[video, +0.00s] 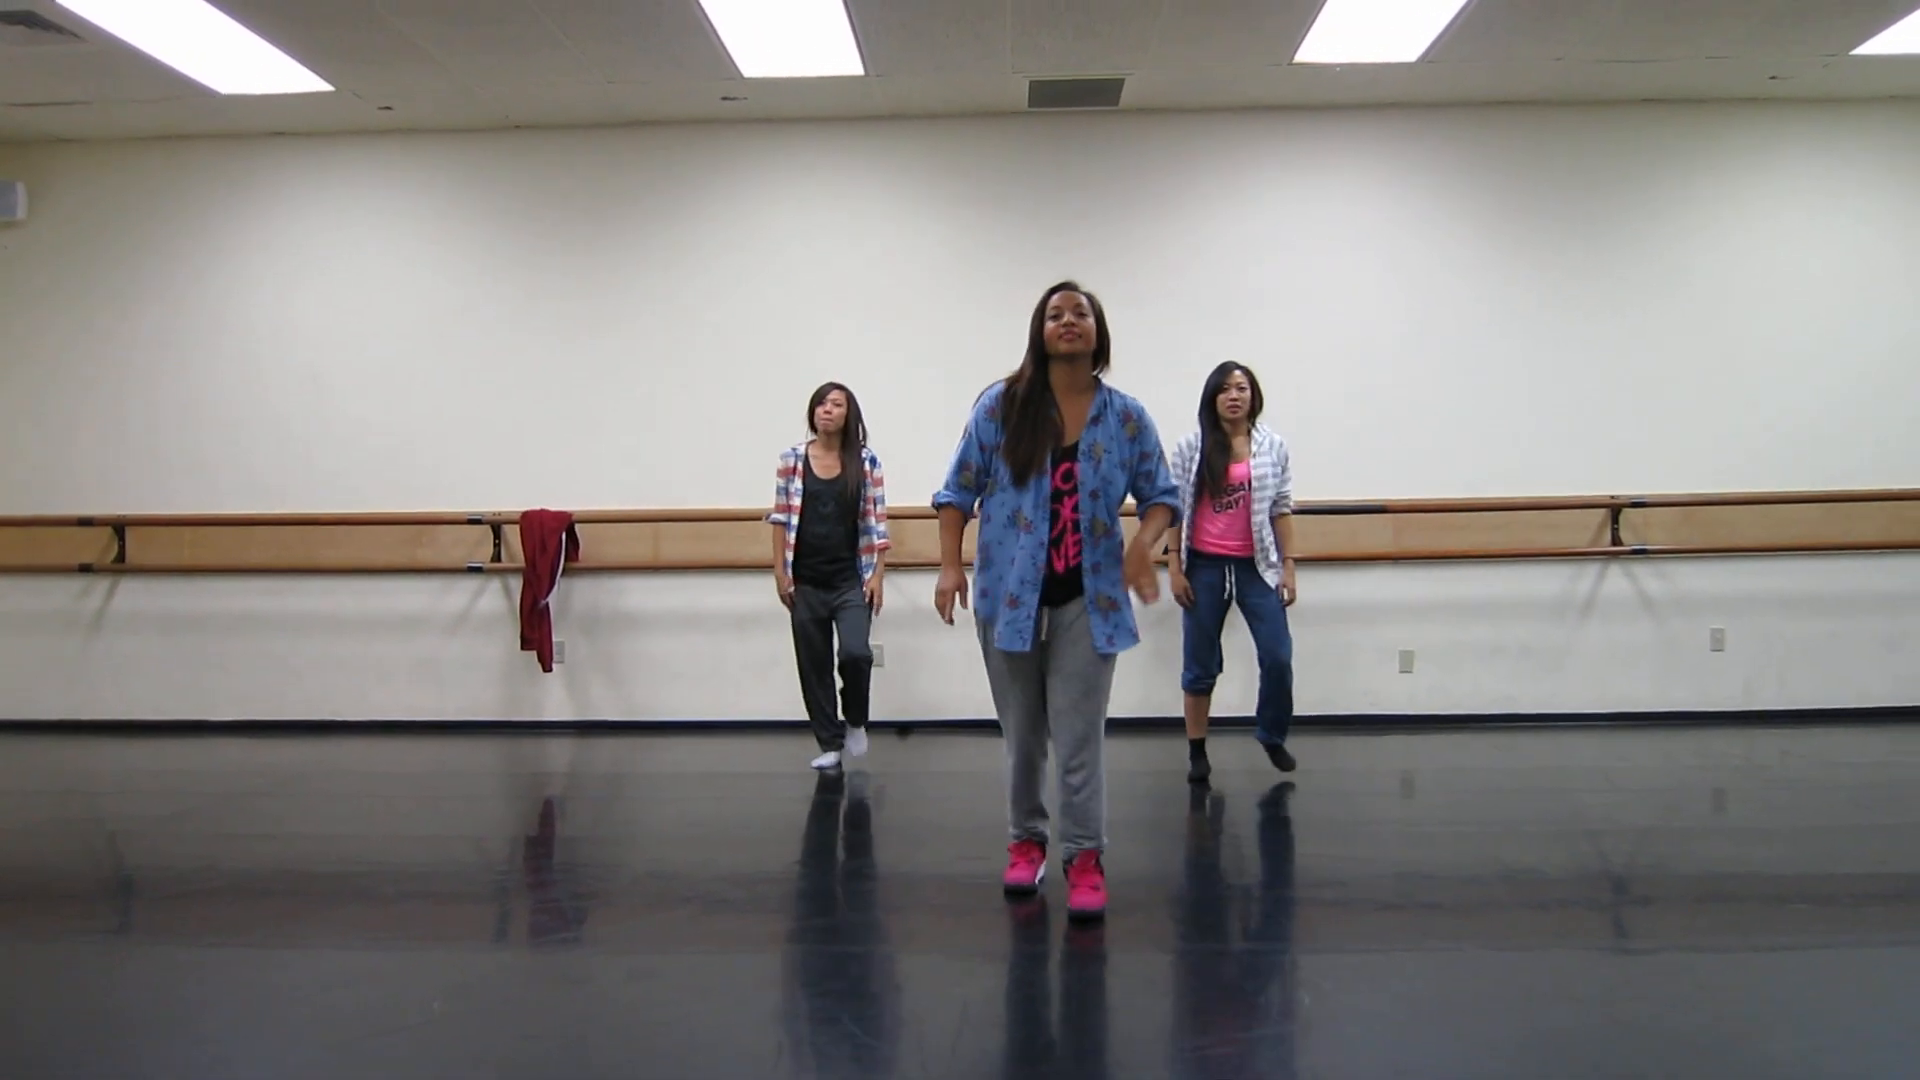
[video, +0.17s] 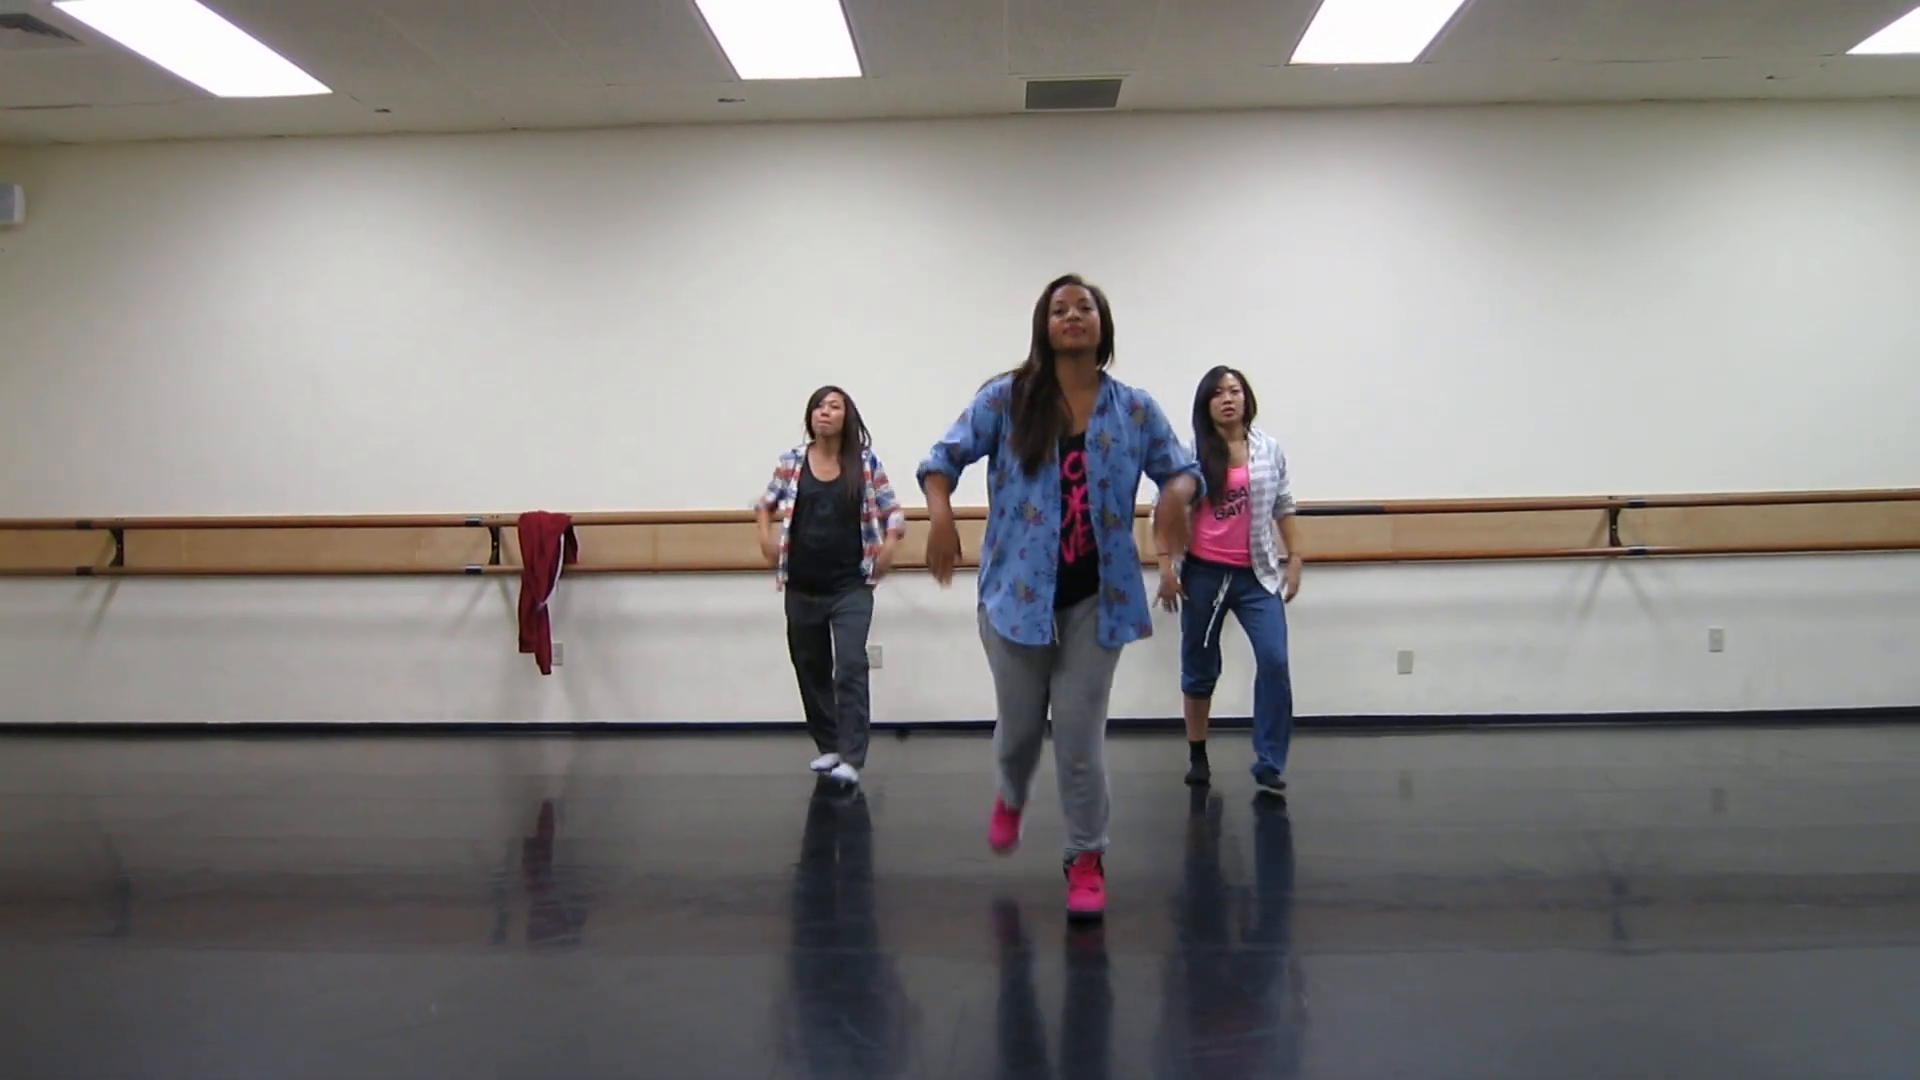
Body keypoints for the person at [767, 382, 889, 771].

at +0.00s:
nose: (828, 409)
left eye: (837, 405)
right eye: (822, 403)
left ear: (849, 415)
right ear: (812, 412)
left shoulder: (867, 461)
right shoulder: (793, 459)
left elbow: (878, 521)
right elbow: (780, 519)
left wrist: (877, 574)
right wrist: (780, 571)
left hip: (852, 582)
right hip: (806, 584)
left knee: (855, 654)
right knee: (814, 669)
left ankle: (856, 723)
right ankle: (829, 745)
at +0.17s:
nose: (827, 411)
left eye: (835, 406)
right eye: (820, 406)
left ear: (848, 418)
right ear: (810, 416)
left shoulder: (866, 462)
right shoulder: (792, 462)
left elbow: (894, 515)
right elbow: (765, 505)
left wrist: (887, 549)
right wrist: (766, 541)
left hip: (851, 588)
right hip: (802, 590)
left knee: (850, 669)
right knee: (813, 674)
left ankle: (850, 760)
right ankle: (829, 750)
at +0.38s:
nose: (821, 419)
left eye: (827, 412)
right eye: (813, 415)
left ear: (842, 421)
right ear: (804, 429)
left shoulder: (867, 470)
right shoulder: (791, 474)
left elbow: (913, 507)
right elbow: (749, 515)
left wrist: (915, 462)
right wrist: (756, 467)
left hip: (854, 596)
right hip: (802, 597)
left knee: (850, 676)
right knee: (812, 681)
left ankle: (847, 768)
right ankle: (838, 691)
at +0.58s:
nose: (813, 415)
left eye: (820, 408)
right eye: (805, 412)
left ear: (835, 415)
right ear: (798, 425)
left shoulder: (855, 459)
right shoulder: (793, 461)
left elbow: (839, 492)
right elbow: (775, 473)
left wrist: (802, 505)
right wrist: (778, 475)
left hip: (843, 590)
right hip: (795, 585)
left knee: (847, 684)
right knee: (779, 654)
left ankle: (844, 766)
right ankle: (770, 737)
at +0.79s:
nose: (795, 402)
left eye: (801, 393)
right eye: (788, 399)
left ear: (820, 400)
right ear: (782, 413)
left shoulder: (840, 436)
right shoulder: (774, 449)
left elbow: (868, 459)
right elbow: (722, 456)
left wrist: (810, 459)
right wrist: (762, 439)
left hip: (834, 579)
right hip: (780, 580)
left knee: (862, 657)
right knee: (757, 667)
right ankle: (730, 763)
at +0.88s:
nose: (789, 413)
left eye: (795, 405)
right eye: (781, 410)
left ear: (814, 412)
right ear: (775, 425)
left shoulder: (842, 459)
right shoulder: (766, 462)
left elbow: (890, 449)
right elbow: (709, 453)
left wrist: (842, 447)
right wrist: (746, 449)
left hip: (831, 595)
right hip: (776, 597)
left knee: (864, 675)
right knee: (757, 682)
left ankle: (910, 754)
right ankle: (737, 773)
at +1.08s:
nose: (782, 415)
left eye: (787, 406)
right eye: (773, 412)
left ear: (805, 409)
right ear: (768, 425)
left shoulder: (835, 456)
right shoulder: (760, 465)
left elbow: (874, 491)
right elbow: (723, 506)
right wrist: (725, 502)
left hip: (825, 594)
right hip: (771, 596)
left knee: (862, 677)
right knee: (757, 685)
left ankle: (907, 752)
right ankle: (737, 774)